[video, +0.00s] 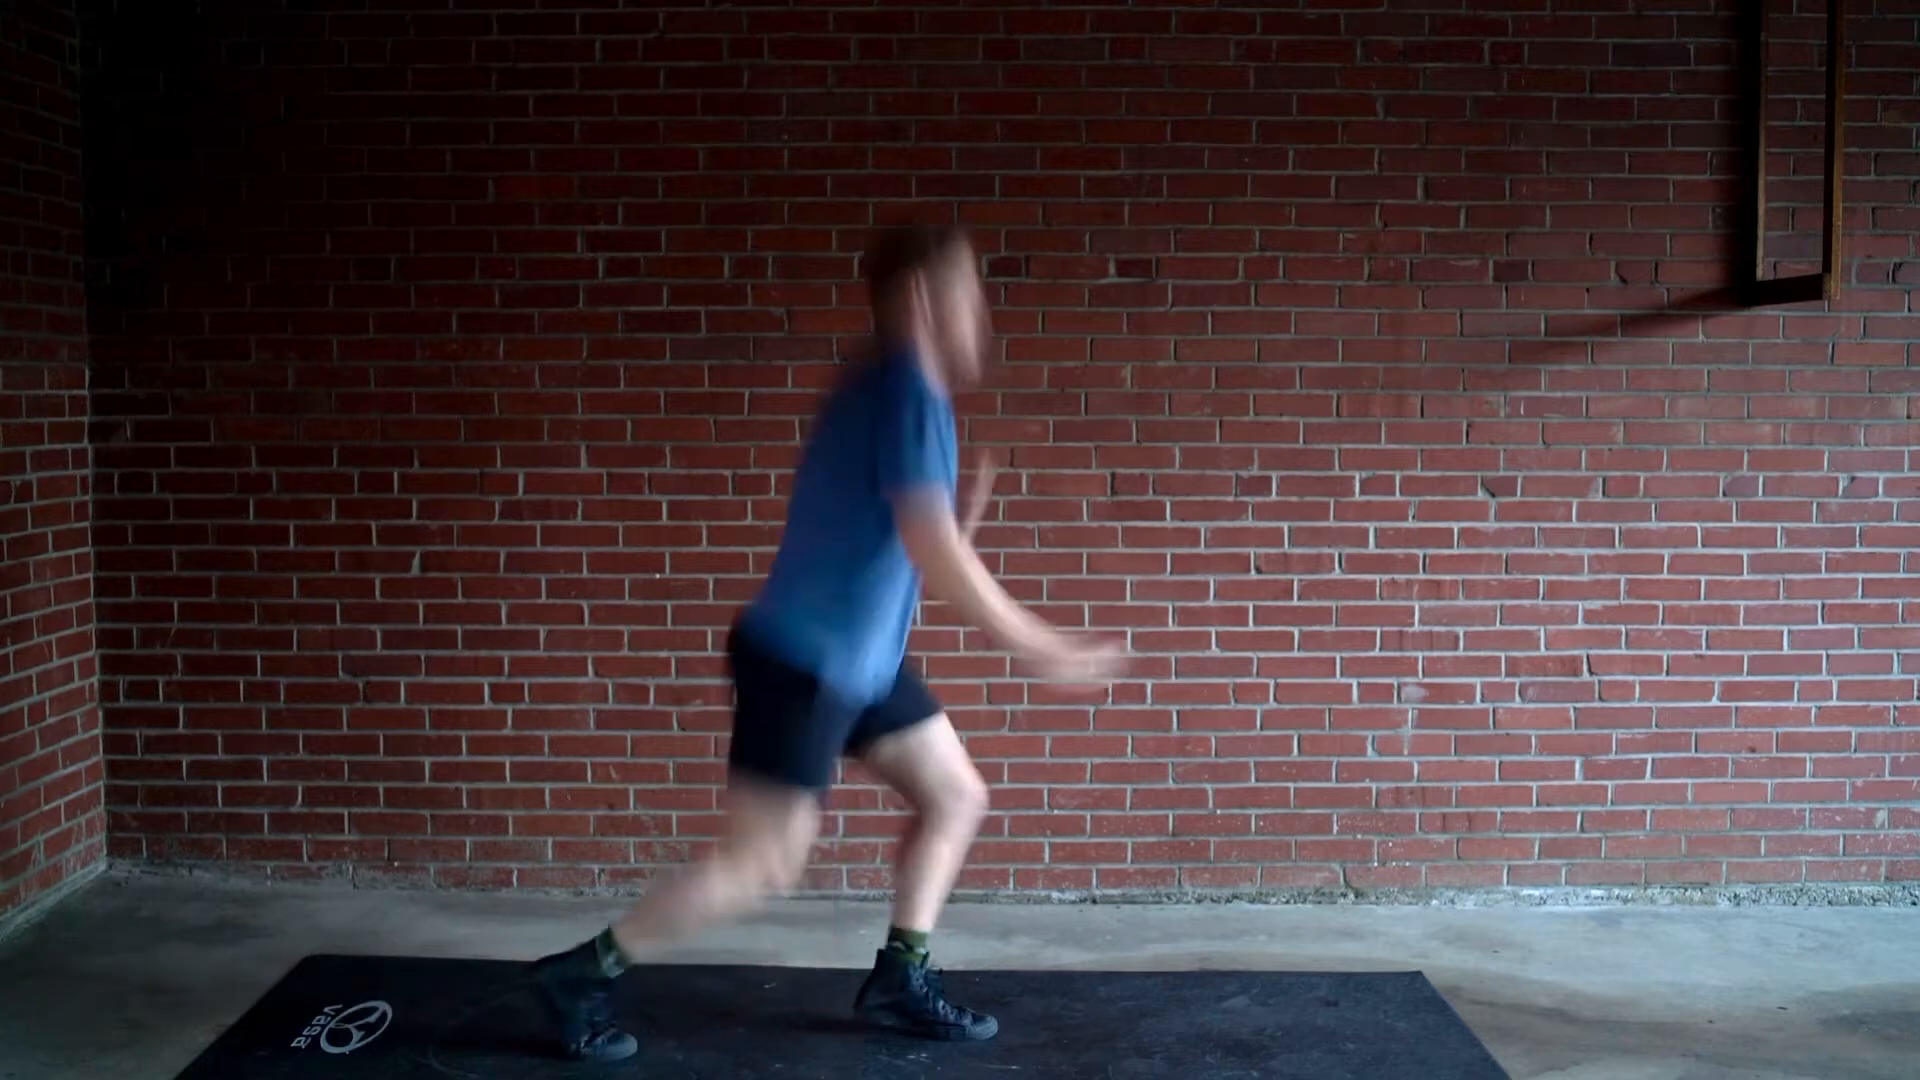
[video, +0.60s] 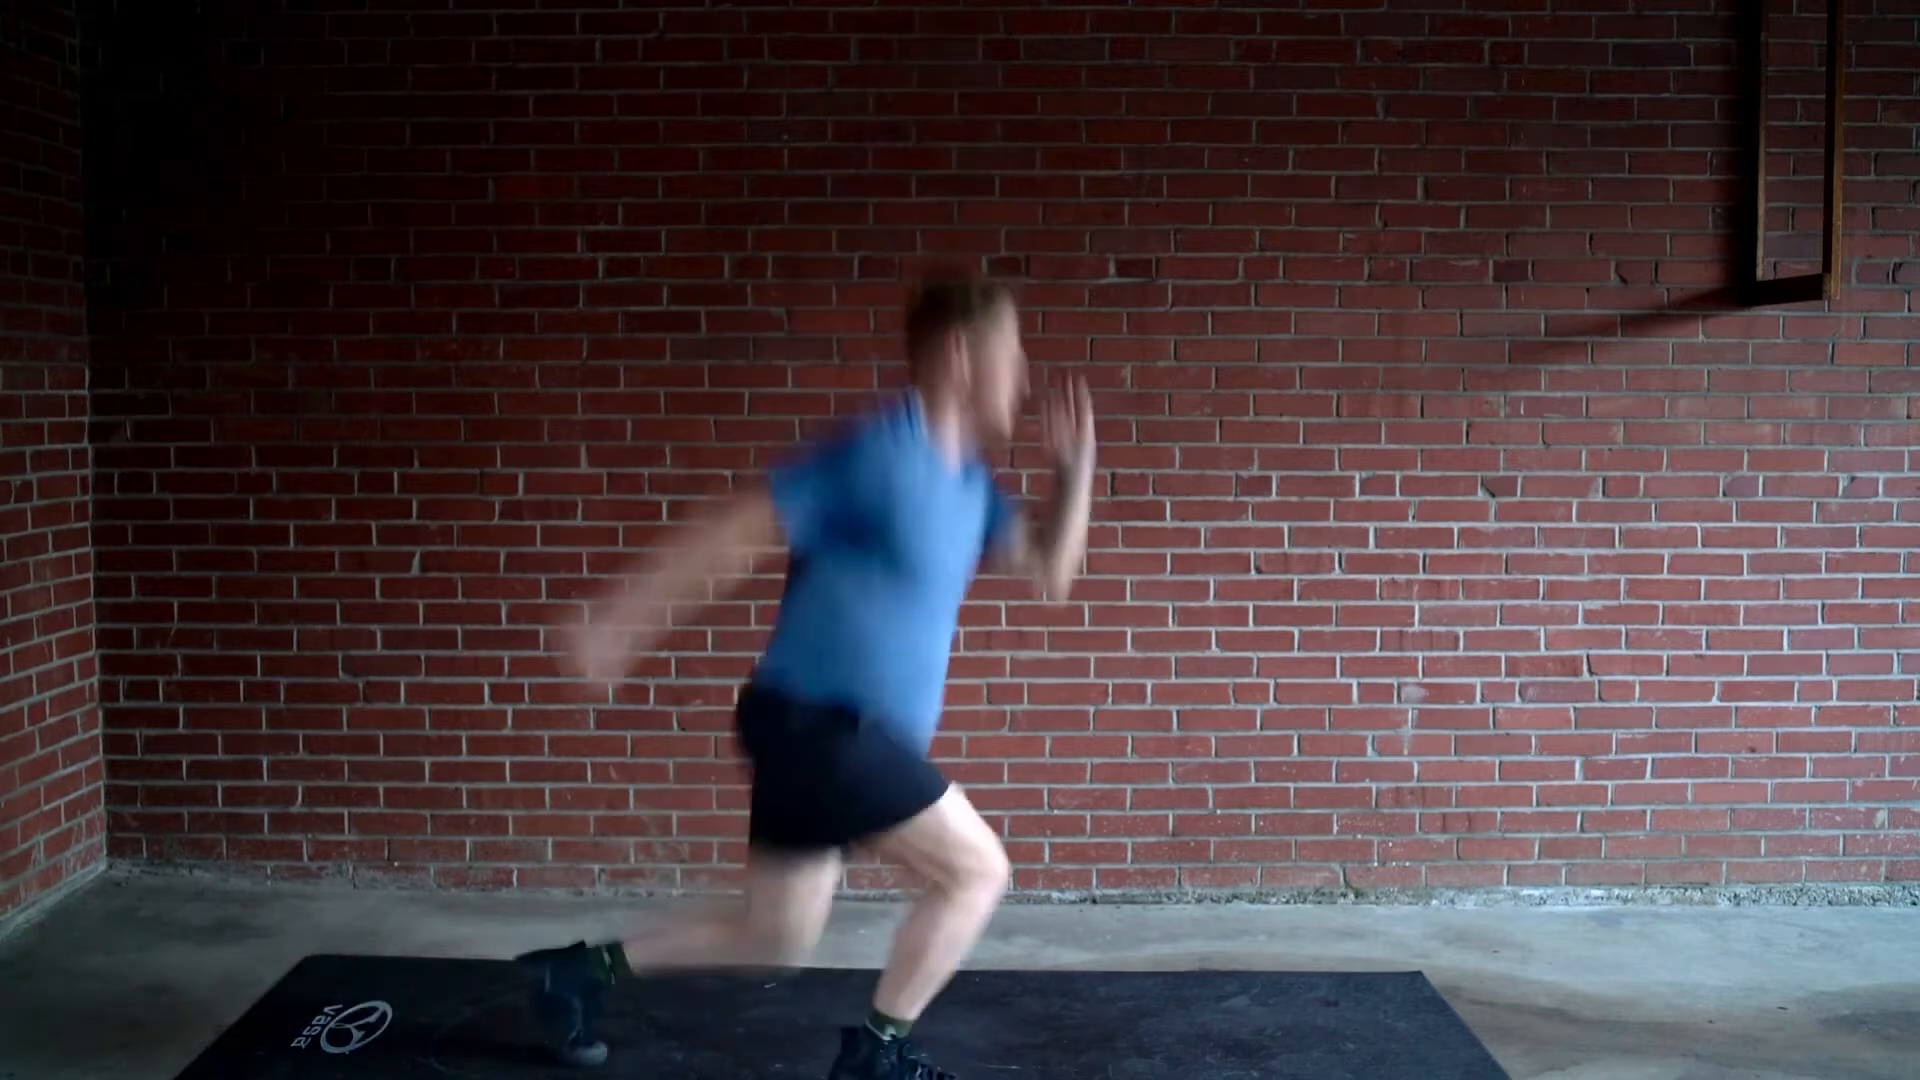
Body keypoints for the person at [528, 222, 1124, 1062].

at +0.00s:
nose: (981, 307)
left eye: (978, 286)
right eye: (967, 287)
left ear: (918, 296)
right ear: (917, 294)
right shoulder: (904, 390)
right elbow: (935, 548)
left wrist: (962, 519)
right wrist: (1047, 646)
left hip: (863, 656)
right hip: (801, 656)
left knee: (956, 797)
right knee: (763, 862)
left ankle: (901, 976)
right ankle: (583, 971)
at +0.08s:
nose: (967, 207)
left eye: (965, 188)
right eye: (952, 188)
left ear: (914, 198)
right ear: (901, 196)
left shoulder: (915, 294)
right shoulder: (886, 290)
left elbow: (912, 426)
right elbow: (885, 445)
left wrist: (979, 385)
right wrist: (926, 576)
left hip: (877, 568)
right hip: (824, 563)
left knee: (884, 753)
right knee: (742, 758)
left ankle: (904, 944)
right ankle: (625, 931)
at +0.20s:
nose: (970, 121)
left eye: (969, 105)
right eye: (957, 104)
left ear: (921, 112)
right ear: (906, 108)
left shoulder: (918, 214)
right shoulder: (877, 199)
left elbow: (964, 334)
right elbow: (814, 336)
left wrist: (1027, 253)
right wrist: (769, 479)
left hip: (884, 475)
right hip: (844, 472)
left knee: (865, 680)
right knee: (814, 690)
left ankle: (765, 858)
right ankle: (693, 873)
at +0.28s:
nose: (981, 110)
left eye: (979, 93)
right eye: (967, 91)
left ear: (923, 100)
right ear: (914, 96)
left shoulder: (928, 211)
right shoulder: (876, 179)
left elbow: (1008, 301)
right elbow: (769, 290)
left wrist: (1049, 212)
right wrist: (679, 422)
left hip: (862, 466)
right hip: (844, 462)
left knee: (824, 681)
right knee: (857, 689)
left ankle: (686, 805)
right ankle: (757, 887)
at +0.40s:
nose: (994, 151)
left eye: (993, 133)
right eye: (980, 131)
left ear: (951, 138)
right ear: (925, 131)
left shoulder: (953, 260)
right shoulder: (862, 220)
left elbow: (1036, 348)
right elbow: (725, 306)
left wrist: (1063, 239)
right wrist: (597, 398)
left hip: (856, 506)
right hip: (839, 506)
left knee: (782, 722)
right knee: (897, 735)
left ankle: (612, 814)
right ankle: (865, 955)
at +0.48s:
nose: (1005, 223)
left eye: (1003, 202)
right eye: (987, 201)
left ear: (963, 212)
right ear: (933, 204)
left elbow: (1043, 425)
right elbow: (718, 370)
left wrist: (1067, 314)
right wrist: (588, 451)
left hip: (862, 588)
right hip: (833, 587)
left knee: (762, 782)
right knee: (928, 797)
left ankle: (587, 882)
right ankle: (892, 1016)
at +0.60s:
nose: (1021, 371)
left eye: (1018, 351)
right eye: (1005, 350)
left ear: (978, 359)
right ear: (952, 355)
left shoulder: (972, 478)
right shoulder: (879, 451)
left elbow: (1052, 571)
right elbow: (734, 531)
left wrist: (1076, 472)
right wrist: (619, 623)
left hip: (852, 724)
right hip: (811, 719)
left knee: (780, 934)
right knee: (974, 871)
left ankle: (582, 970)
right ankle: (879, 1049)